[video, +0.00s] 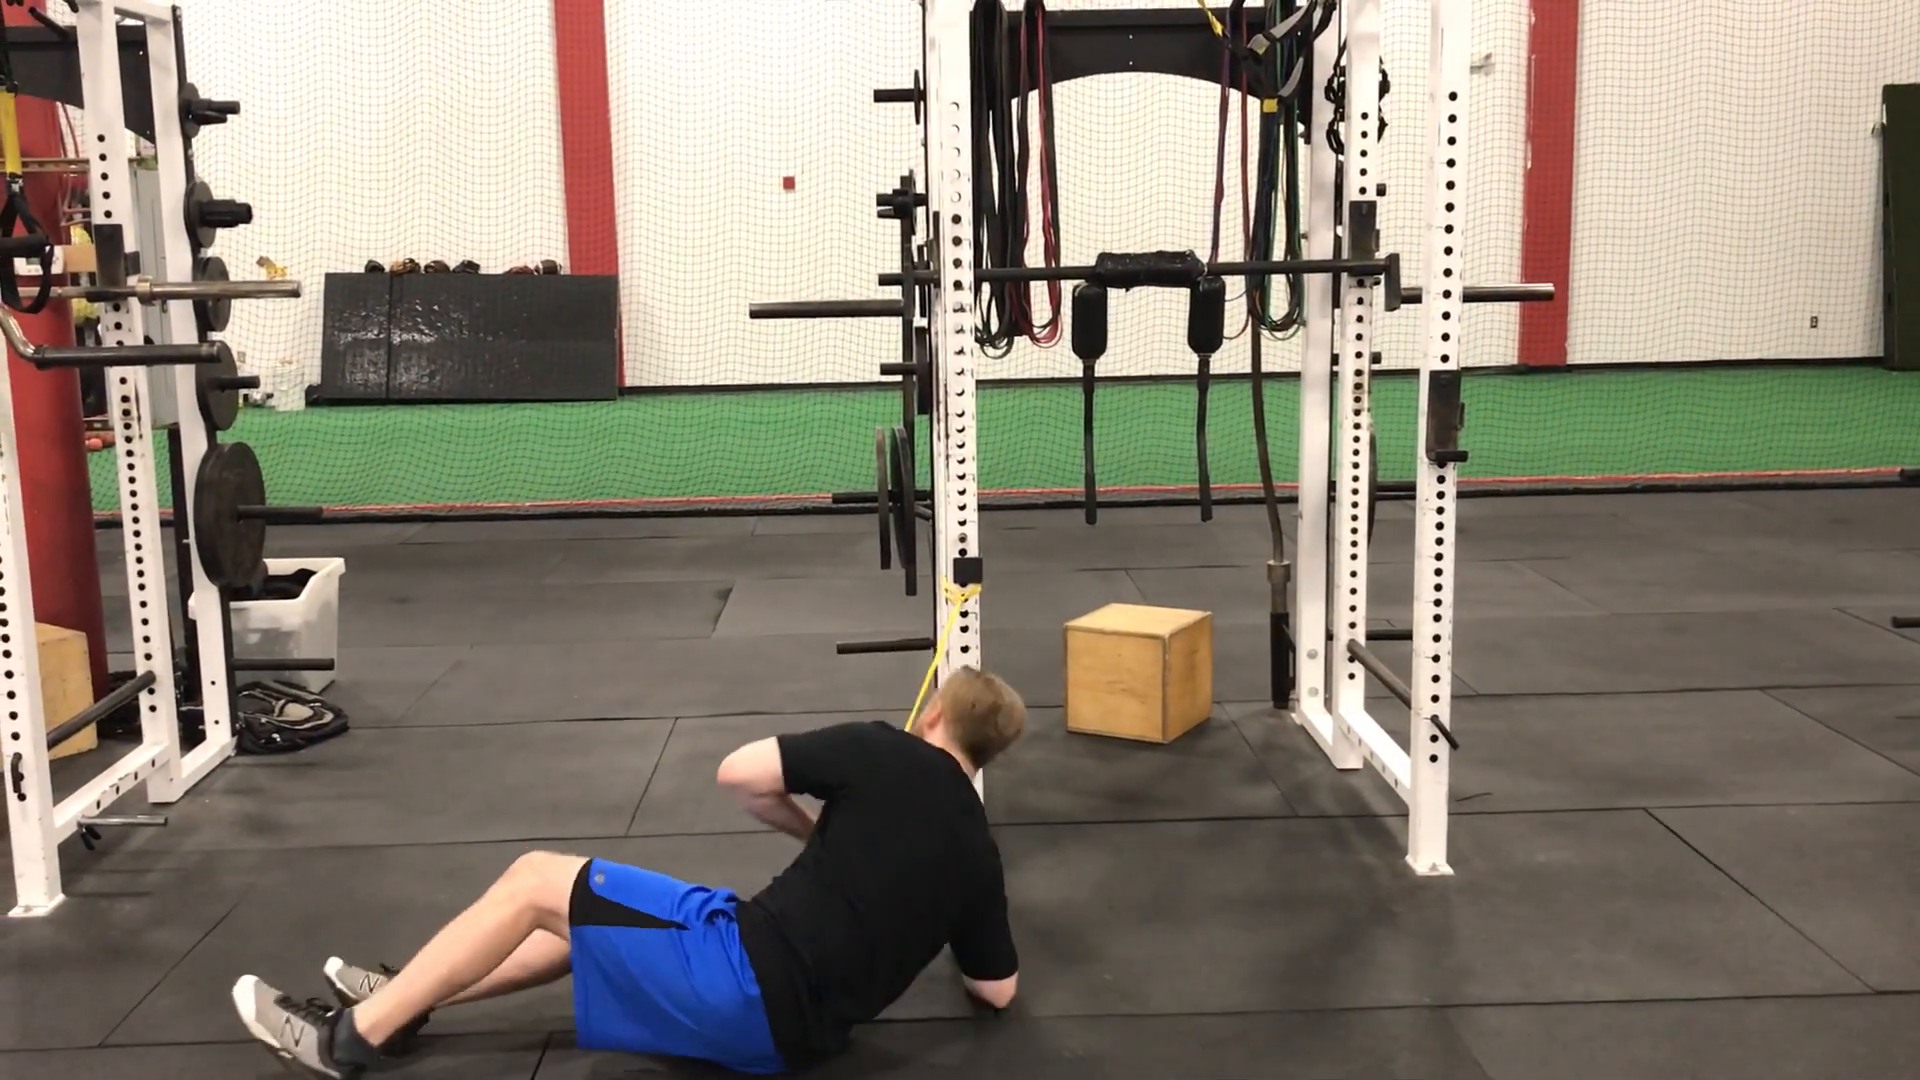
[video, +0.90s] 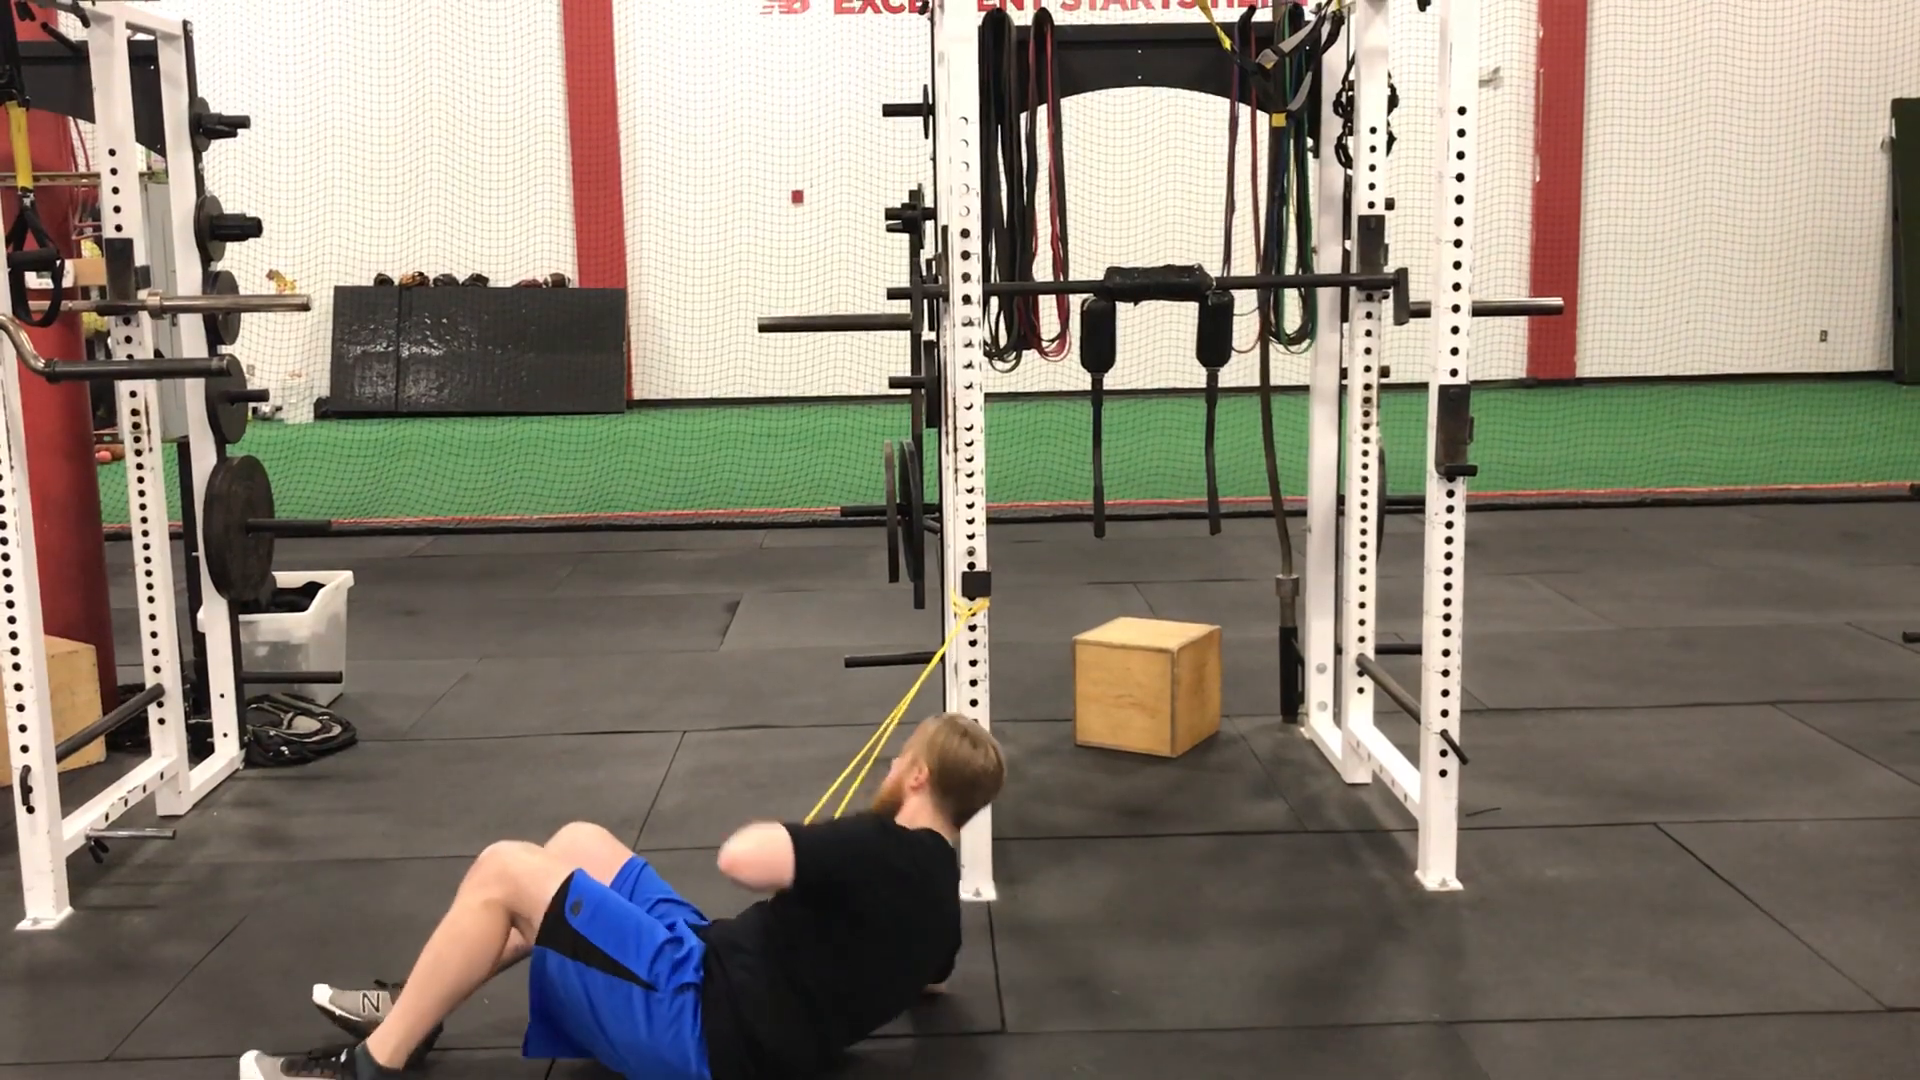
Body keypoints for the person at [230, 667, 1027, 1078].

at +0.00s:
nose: (914, 713)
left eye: (922, 706)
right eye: (928, 708)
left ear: (932, 718)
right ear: (992, 759)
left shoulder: (885, 755)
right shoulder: (982, 852)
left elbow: (743, 773)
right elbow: (997, 992)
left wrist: (818, 831)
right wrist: (950, 921)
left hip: (743, 957)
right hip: (782, 1022)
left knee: (538, 877)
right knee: (576, 930)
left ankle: (343, 1041)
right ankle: (398, 998)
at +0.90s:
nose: (894, 766)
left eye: (903, 755)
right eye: (905, 756)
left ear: (914, 773)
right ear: (971, 802)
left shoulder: (876, 845)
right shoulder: (944, 897)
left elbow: (740, 859)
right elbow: (929, 982)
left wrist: (817, 844)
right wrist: (849, 912)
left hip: (699, 1021)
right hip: (743, 997)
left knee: (501, 865)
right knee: (581, 840)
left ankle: (379, 1057)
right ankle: (410, 1008)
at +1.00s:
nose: (918, 788)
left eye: (927, 780)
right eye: (928, 779)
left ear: (939, 800)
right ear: (985, 824)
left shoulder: (913, 883)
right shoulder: (948, 887)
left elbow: (779, 898)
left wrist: (811, 859)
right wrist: (820, 873)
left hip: (712, 1025)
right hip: (737, 986)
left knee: (521, 860)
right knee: (583, 840)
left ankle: (385, 1051)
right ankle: (419, 1001)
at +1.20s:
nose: (966, 821)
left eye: (979, 817)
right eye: (978, 813)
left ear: (999, 852)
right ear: (1012, 868)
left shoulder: (971, 941)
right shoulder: (967, 915)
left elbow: (859, 976)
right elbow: (892, 952)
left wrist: (842, 908)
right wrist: (875, 917)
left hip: (734, 1024)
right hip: (752, 978)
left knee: (577, 839)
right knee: (609, 817)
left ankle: (412, 1010)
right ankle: (425, 957)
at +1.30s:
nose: (985, 847)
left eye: (1002, 842)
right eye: (1000, 838)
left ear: (1027, 876)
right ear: (1033, 890)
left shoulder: (998, 972)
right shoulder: (978, 938)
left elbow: (897, 1018)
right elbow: (871, 986)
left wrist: (871, 930)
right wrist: (792, 939)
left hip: (747, 1028)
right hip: (759, 989)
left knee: (617, 825)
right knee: (631, 800)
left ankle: (433, 986)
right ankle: (437, 930)